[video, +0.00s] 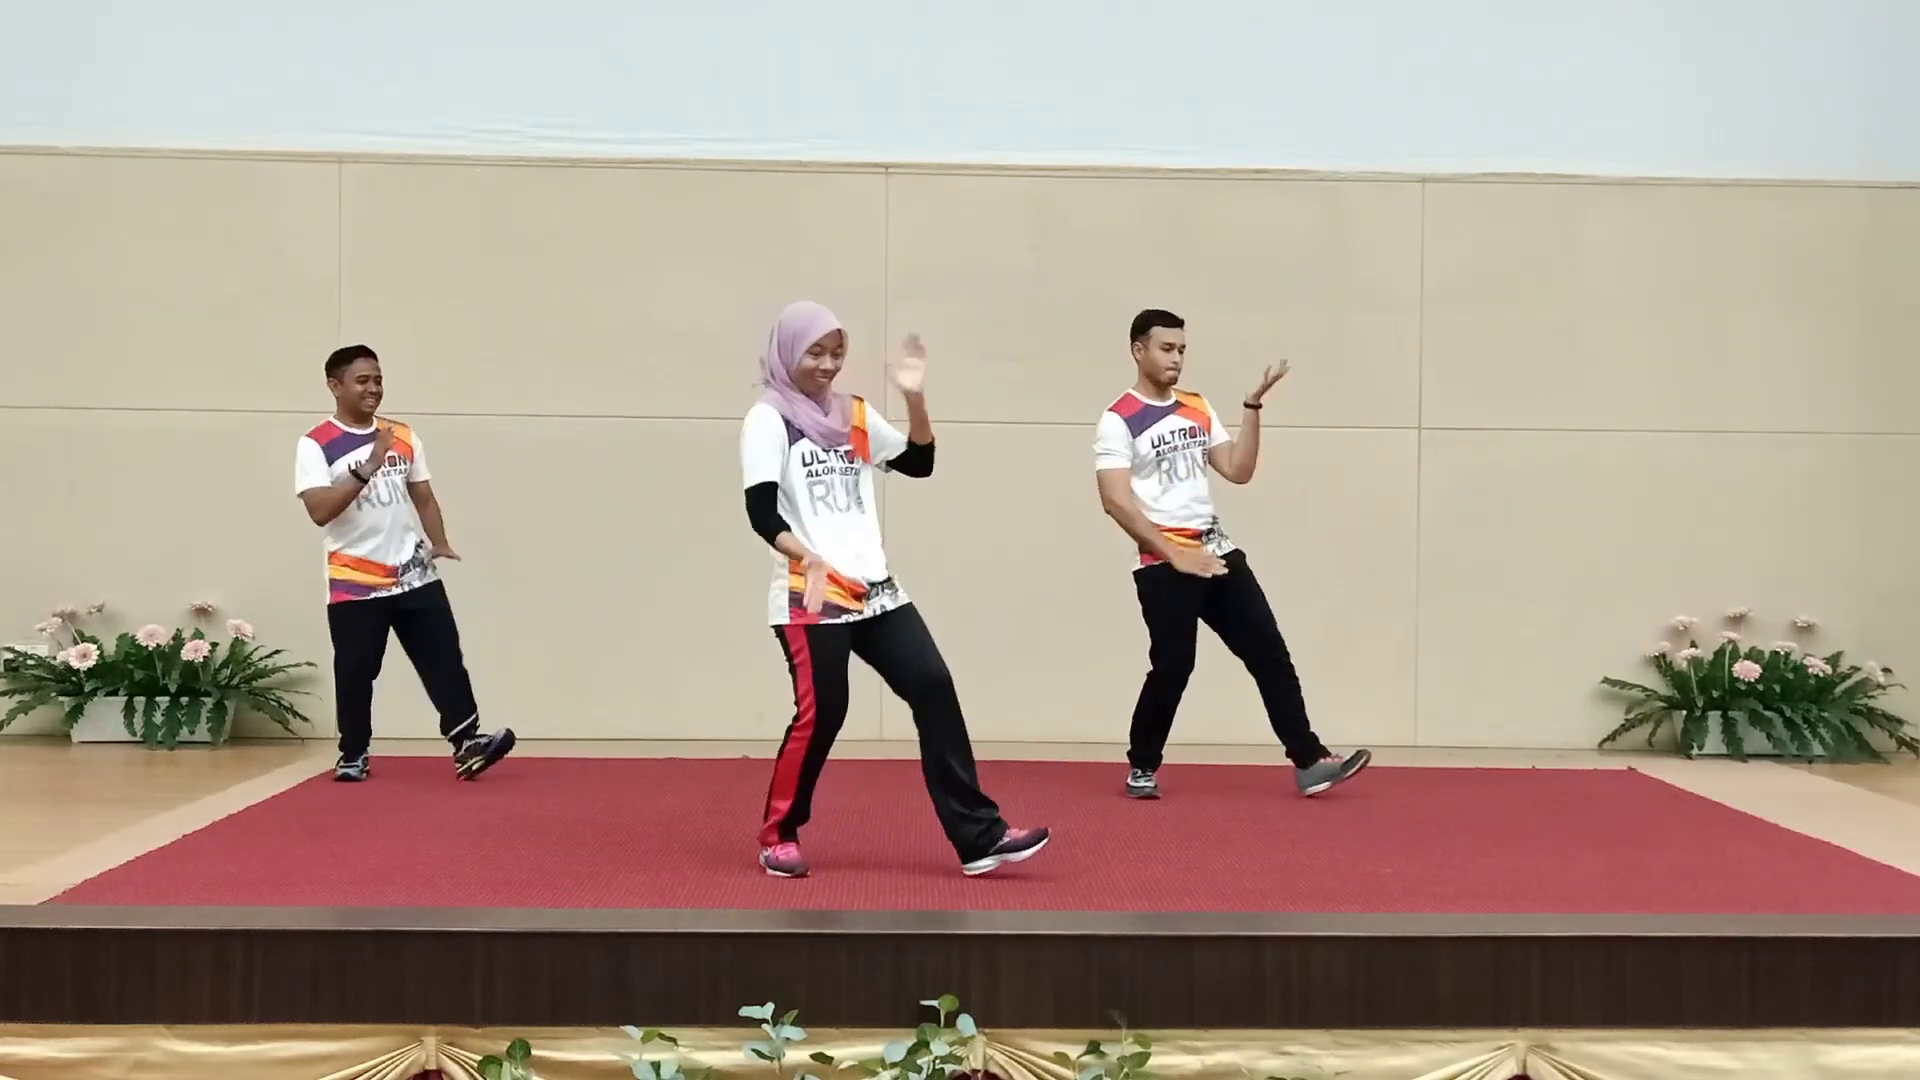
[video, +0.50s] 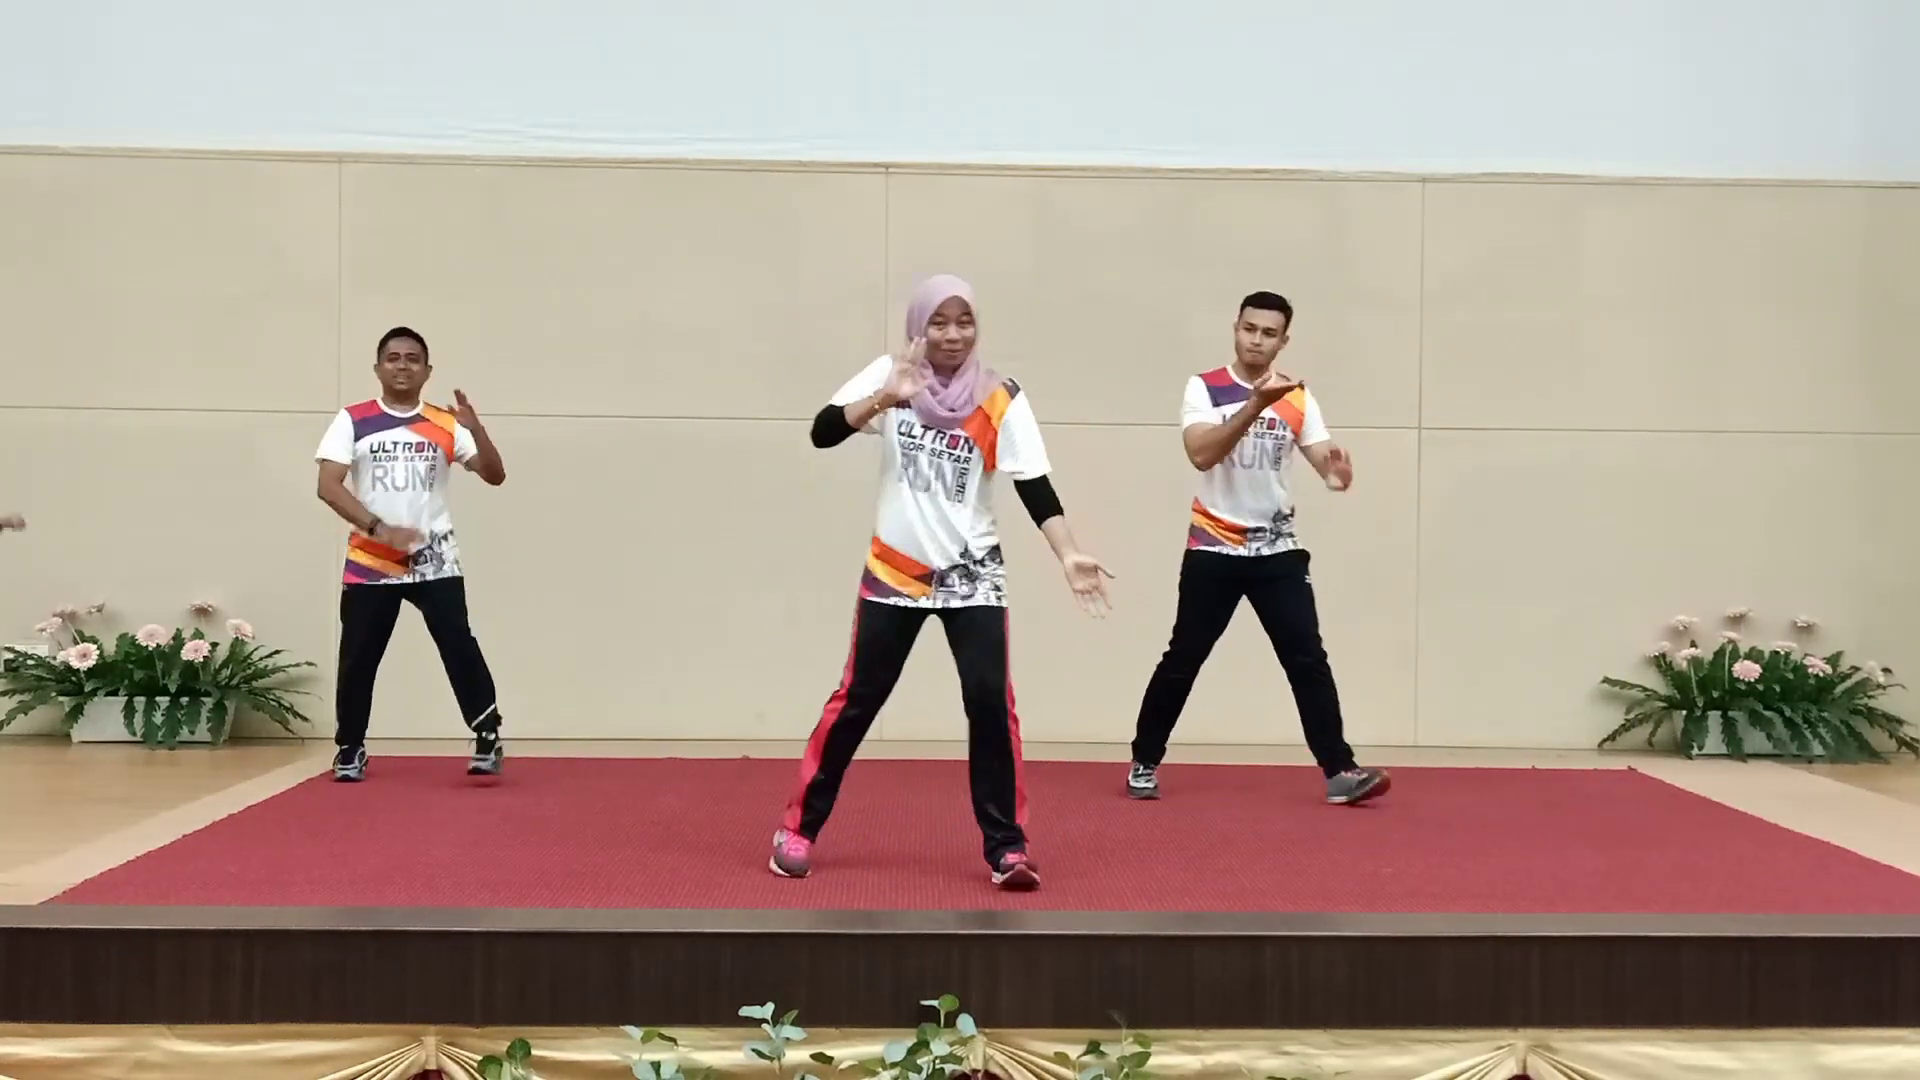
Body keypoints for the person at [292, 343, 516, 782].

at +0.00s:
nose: (373, 388)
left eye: (378, 380)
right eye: (363, 381)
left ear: (382, 384)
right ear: (335, 385)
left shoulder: (401, 437)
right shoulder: (316, 444)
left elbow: (423, 497)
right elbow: (319, 510)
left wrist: (439, 543)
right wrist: (369, 462)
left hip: (413, 573)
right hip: (355, 581)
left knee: (443, 657)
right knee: (354, 673)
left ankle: (467, 743)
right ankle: (353, 756)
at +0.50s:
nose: (402, 364)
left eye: (411, 358)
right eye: (392, 358)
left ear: (426, 370)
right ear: (378, 367)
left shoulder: (446, 424)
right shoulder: (353, 420)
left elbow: (494, 475)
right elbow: (329, 487)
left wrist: (476, 428)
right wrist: (379, 528)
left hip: (435, 564)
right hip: (372, 566)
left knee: (457, 643)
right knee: (356, 661)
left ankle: (487, 739)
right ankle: (350, 750)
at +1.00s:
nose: (480, 370)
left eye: (491, 362)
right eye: (476, 363)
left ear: (517, 370)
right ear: (471, 371)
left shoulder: (530, 421)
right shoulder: (461, 426)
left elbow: (539, 486)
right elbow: (412, 468)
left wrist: (477, 518)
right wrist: (385, 449)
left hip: (500, 568)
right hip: (456, 564)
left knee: (491, 660)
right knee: (448, 644)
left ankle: (485, 755)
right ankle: (520, 717)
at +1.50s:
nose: (544, 373)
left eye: (555, 365)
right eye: (544, 365)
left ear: (584, 373)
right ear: (549, 371)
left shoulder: (605, 422)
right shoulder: (545, 432)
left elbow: (621, 484)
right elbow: (537, 492)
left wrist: (557, 487)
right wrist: (530, 530)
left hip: (594, 562)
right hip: (561, 563)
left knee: (584, 649)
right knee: (566, 654)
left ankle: (621, 732)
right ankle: (584, 746)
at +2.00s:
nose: (590, 375)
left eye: (600, 366)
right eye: (589, 367)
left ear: (631, 372)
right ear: (595, 373)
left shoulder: (660, 426)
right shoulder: (587, 432)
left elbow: (682, 498)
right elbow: (581, 505)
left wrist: (663, 567)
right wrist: (571, 567)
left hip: (646, 578)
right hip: (596, 578)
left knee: (656, 670)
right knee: (589, 668)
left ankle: (656, 753)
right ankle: (588, 751)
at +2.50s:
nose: (602, 375)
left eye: (612, 367)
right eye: (601, 368)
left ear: (643, 373)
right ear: (602, 372)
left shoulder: (671, 428)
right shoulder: (593, 430)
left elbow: (689, 500)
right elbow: (581, 502)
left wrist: (670, 565)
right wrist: (565, 561)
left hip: (648, 576)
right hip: (597, 575)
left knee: (656, 669)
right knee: (593, 667)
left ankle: (656, 754)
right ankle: (589, 751)